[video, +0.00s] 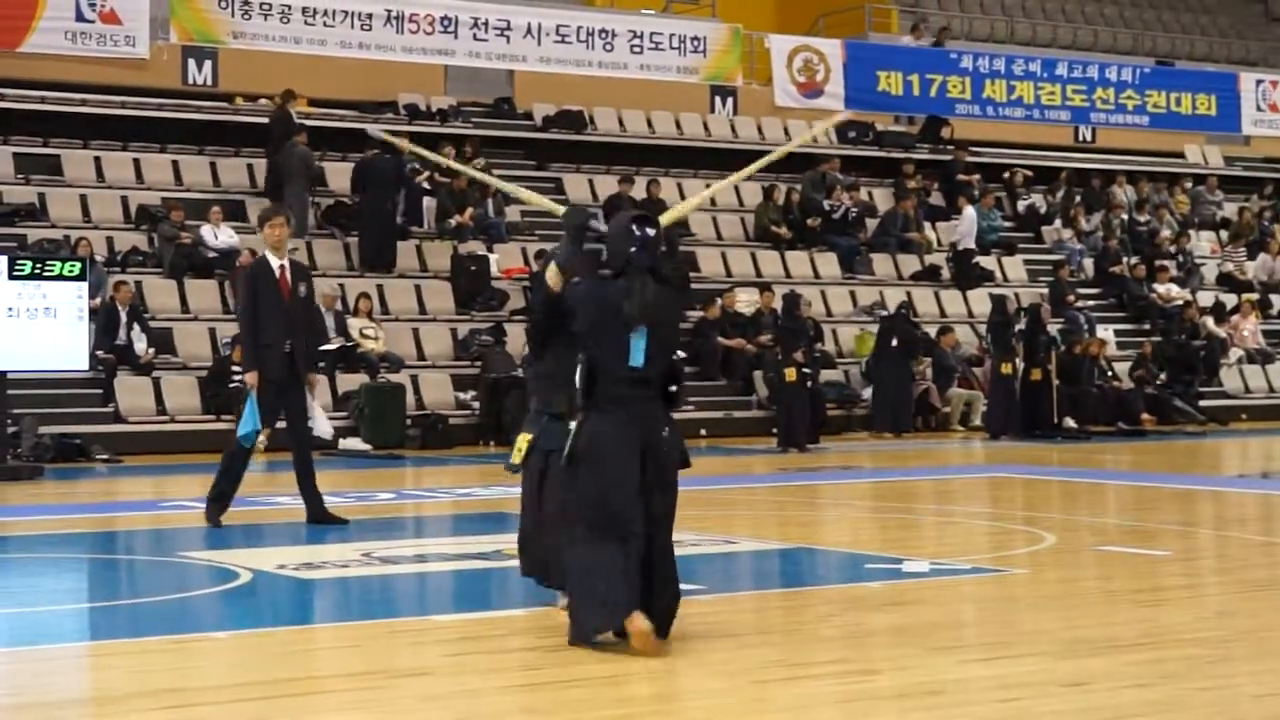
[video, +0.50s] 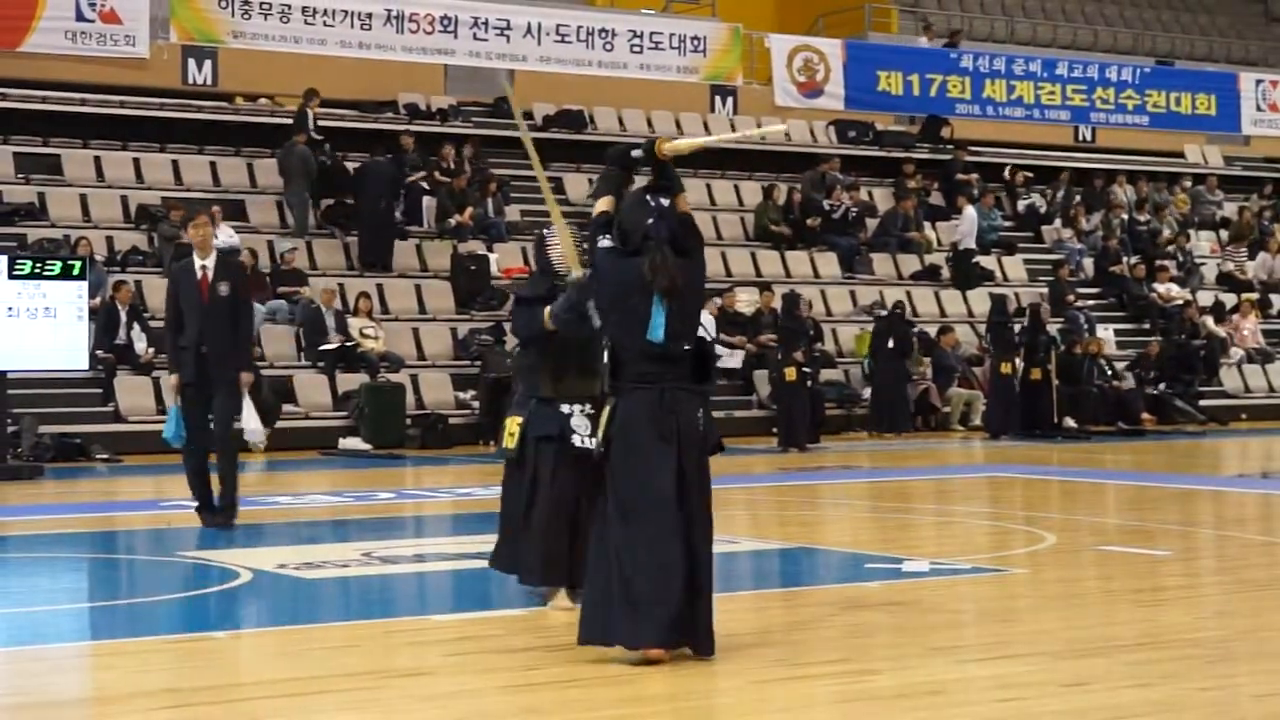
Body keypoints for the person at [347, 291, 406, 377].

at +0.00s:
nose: (366, 304)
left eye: (369, 302)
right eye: (363, 301)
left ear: (371, 304)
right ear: (357, 303)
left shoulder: (375, 321)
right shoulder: (351, 321)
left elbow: (381, 336)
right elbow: (355, 338)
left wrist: (379, 348)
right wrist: (370, 347)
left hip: (378, 348)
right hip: (363, 349)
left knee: (399, 361)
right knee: (374, 362)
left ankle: (388, 382)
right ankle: (374, 383)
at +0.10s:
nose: (366, 304)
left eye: (369, 302)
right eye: (363, 301)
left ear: (371, 304)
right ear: (357, 303)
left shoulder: (375, 321)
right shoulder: (350, 321)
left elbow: (381, 335)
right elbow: (355, 338)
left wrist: (379, 347)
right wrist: (370, 347)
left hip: (378, 349)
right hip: (363, 350)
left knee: (398, 361)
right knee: (373, 362)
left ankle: (387, 383)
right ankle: (373, 384)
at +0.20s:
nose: (366, 304)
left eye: (368, 301)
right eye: (363, 301)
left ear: (371, 304)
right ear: (357, 303)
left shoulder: (374, 321)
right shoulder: (350, 321)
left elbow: (381, 335)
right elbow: (355, 338)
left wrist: (379, 347)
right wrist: (369, 347)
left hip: (377, 349)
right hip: (363, 350)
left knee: (398, 361)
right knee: (373, 362)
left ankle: (386, 381)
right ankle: (373, 383)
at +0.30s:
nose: (366, 305)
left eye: (368, 302)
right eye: (363, 301)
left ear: (371, 304)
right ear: (357, 303)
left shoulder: (374, 321)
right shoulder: (350, 321)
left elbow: (381, 335)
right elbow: (355, 338)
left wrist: (379, 347)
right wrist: (370, 347)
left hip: (377, 348)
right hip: (362, 350)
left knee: (398, 361)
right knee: (373, 362)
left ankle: (385, 380)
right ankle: (374, 383)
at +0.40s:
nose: (366, 304)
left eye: (368, 302)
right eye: (363, 301)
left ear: (371, 304)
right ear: (357, 303)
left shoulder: (374, 321)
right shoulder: (350, 321)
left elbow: (381, 335)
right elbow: (355, 338)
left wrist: (379, 347)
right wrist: (370, 347)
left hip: (377, 348)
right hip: (363, 349)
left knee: (398, 361)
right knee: (373, 362)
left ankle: (387, 381)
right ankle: (373, 383)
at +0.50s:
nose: (366, 304)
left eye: (369, 301)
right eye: (363, 301)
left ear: (371, 304)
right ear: (357, 303)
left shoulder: (375, 321)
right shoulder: (350, 321)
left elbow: (381, 335)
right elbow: (354, 339)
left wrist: (379, 347)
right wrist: (369, 347)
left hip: (378, 349)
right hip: (363, 349)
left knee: (399, 361)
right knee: (374, 362)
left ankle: (387, 382)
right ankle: (373, 384)